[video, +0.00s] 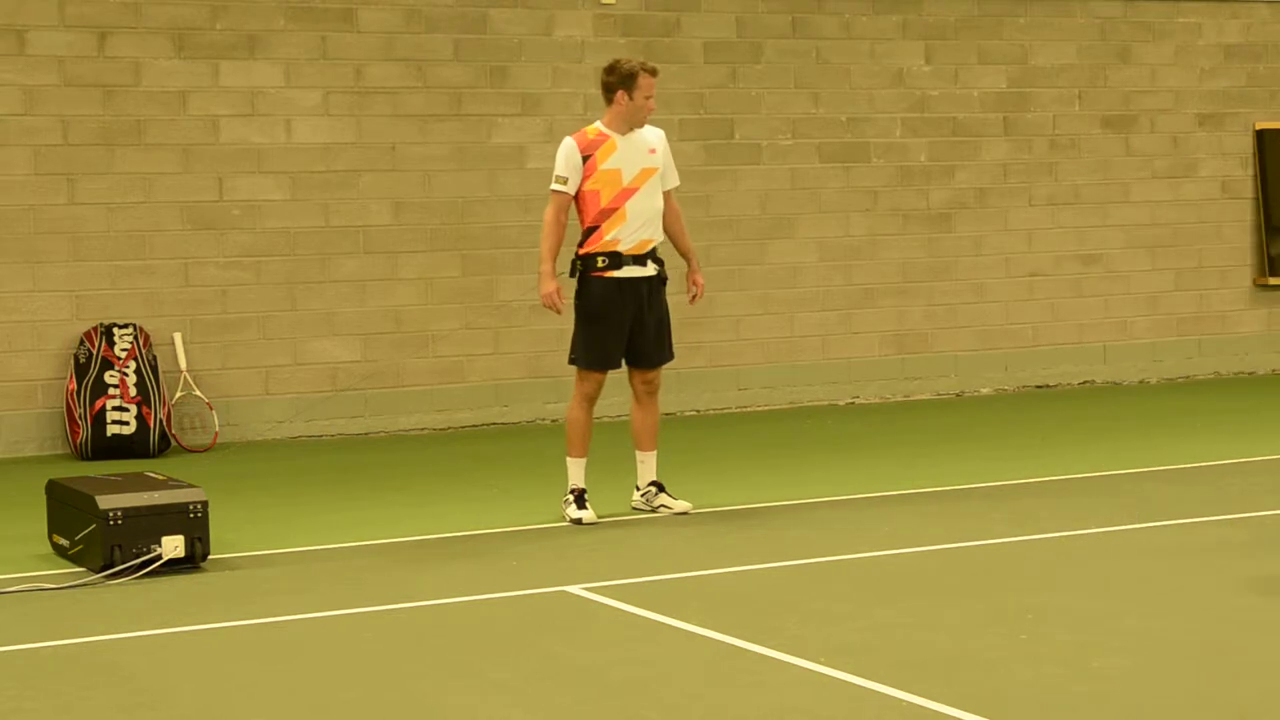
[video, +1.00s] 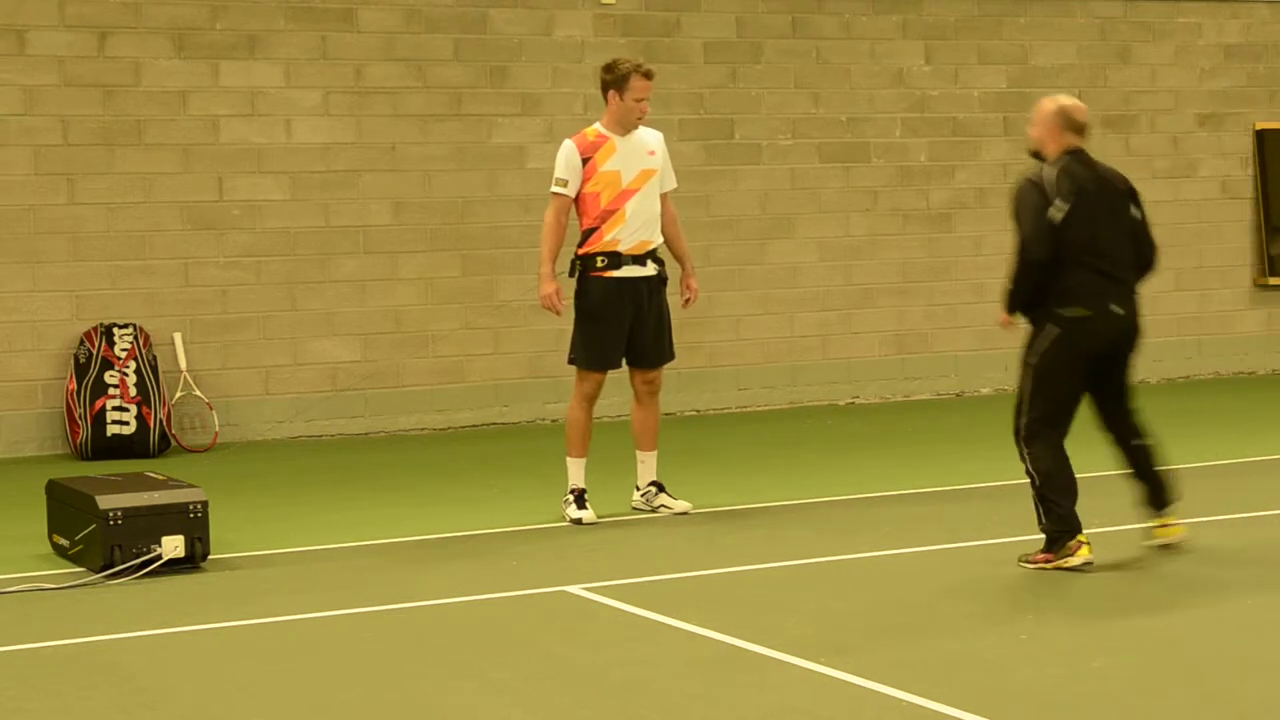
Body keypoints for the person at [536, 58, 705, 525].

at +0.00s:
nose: (653, 106)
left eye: (654, 98)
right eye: (647, 98)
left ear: (631, 99)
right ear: (620, 98)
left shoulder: (655, 140)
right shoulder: (578, 147)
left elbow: (668, 205)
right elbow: (556, 213)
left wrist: (691, 261)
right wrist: (548, 274)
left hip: (649, 280)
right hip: (601, 283)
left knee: (647, 384)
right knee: (588, 388)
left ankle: (647, 487)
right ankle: (576, 492)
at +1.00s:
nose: (646, 108)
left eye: (649, 100)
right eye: (639, 101)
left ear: (645, 100)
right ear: (612, 98)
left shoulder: (653, 142)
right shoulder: (577, 149)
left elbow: (665, 209)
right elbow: (557, 214)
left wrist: (686, 264)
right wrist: (547, 275)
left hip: (649, 280)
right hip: (600, 283)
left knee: (648, 384)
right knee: (588, 388)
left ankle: (647, 487)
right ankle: (576, 492)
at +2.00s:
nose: (630, 113)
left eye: (635, 105)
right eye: (622, 105)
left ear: (640, 102)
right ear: (601, 100)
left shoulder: (652, 142)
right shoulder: (576, 149)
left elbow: (664, 208)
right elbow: (562, 213)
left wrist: (683, 264)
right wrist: (577, 257)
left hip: (646, 279)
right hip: (599, 280)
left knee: (646, 383)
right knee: (586, 388)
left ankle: (647, 487)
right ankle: (575, 492)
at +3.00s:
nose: (650, 105)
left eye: (651, 98)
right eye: (644, 98)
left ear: (630, 98)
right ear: (617, 98)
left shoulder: (650, 143)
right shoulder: (579, 149)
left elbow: (694, 186)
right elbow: (568, 214)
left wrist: (756, 214)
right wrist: (582, 268)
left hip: (646, 280)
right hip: (600, 281)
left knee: (646, 383)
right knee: (586, 388)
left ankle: (647, 487)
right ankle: (576, 493)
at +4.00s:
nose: (620, 117)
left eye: (627, 108)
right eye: (612, 108)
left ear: (635, 102)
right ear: (596, 100)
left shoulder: (654, 143)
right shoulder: (575, 150)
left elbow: (711, 176)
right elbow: (563, 214)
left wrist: (774, 195)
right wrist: (568, 262)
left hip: (646, 280)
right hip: (599, 281)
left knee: (647, 383)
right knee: (586, 387)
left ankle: (647, 488)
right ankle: (575, 493)